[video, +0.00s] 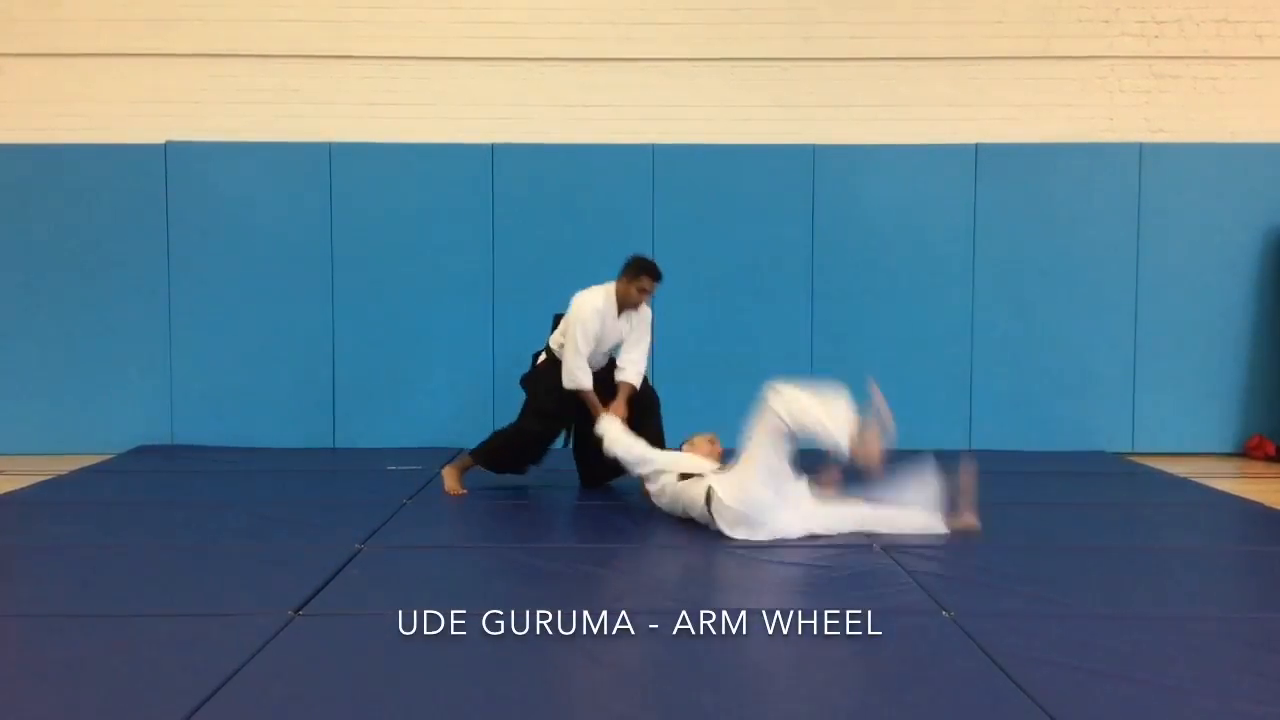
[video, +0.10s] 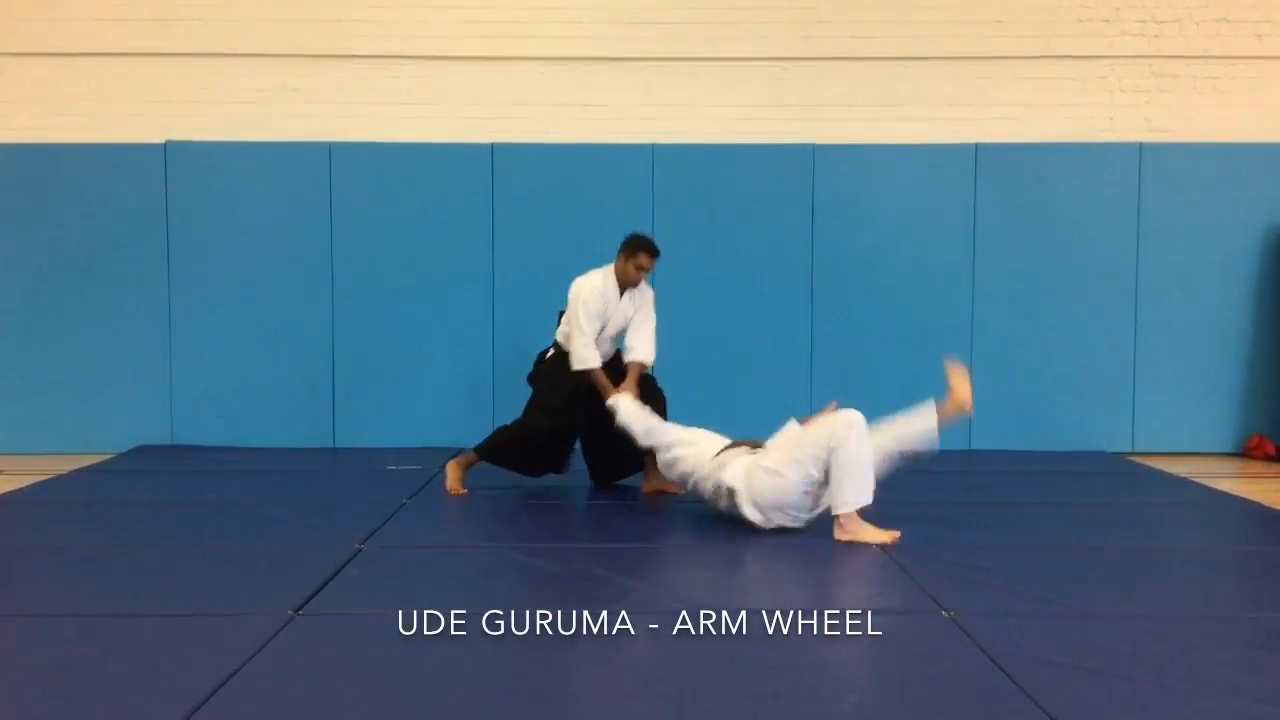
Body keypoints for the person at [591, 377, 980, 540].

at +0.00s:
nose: (715, 446)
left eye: (717, 445)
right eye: (706, 442)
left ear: (721, 455)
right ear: (685, 448)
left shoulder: (734, 472)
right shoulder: (672, 467)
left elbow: (774, 491)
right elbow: (630, 451)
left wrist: (816, 490)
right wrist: (607, 419)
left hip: (784, 520)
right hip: (742, 504)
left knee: (866, 516)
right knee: (776, 398)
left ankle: (948, 522)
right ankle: (854, 438)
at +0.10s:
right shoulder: (677, 445)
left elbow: (778, 455)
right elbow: (646, 426)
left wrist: (814, 426)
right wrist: (621, 401)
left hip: (790, 500)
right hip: (755, 487)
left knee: (871, 448)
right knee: (844, 424)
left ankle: (947, 409)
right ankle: (848, 521)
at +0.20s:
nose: (694, 412)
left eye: (688, 408)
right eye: (685, 410)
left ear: (689, 420)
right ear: (674, 425)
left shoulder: (723, 444)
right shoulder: (684, 451)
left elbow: (768, 440)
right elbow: (650, 415)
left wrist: (813, 417)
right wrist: (636, 382)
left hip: (803, 485)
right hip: (778, 495)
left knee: (867, 411)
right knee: (837, 427)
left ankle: (940, 361)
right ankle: (871, 511)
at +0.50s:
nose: (727, 427)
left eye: (724, 422)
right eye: (718, 424)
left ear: (720, 431)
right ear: (701, 435)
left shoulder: (748, 457)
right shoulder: (697, 463)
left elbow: (792, 465)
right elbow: (663, 448)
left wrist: (820, 423)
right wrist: (635, 420)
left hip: (831, 496)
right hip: (800, 505)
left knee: (882, 424)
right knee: (799, 412)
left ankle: (949, 366)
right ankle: (868, 462)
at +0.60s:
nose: (728, 430)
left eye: (726, 425)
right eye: (719, 426)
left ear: (721, 434)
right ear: (698, 435)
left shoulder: (738, 463)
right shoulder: (700, 463)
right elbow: (680, 445)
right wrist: (671, 406)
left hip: (821, 497)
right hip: (794, 502)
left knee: (877, 437)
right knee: (803, 405)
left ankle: (947, 383)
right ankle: (880, 447)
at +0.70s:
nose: (719, 424)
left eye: (717, 419)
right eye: (708, 421)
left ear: (716, 430)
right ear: (691, 436)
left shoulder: (731, 465)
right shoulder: (698, 475)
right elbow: (707, 440)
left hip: (821, 501)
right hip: (793, 497)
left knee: (882, 442)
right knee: (829, 402)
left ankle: (946, 397)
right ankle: (918, 441)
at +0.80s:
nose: (729, 417)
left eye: (725, 413)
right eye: (719, 414)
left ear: (711, 425)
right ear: (704, 427)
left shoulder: (725, 465)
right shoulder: (705, 456)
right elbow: (741, 429)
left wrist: (787, 459)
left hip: (816, 501)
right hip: (797, 488)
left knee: (894, 449)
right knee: (863, 413)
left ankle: (962, 412)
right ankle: (948, 457)